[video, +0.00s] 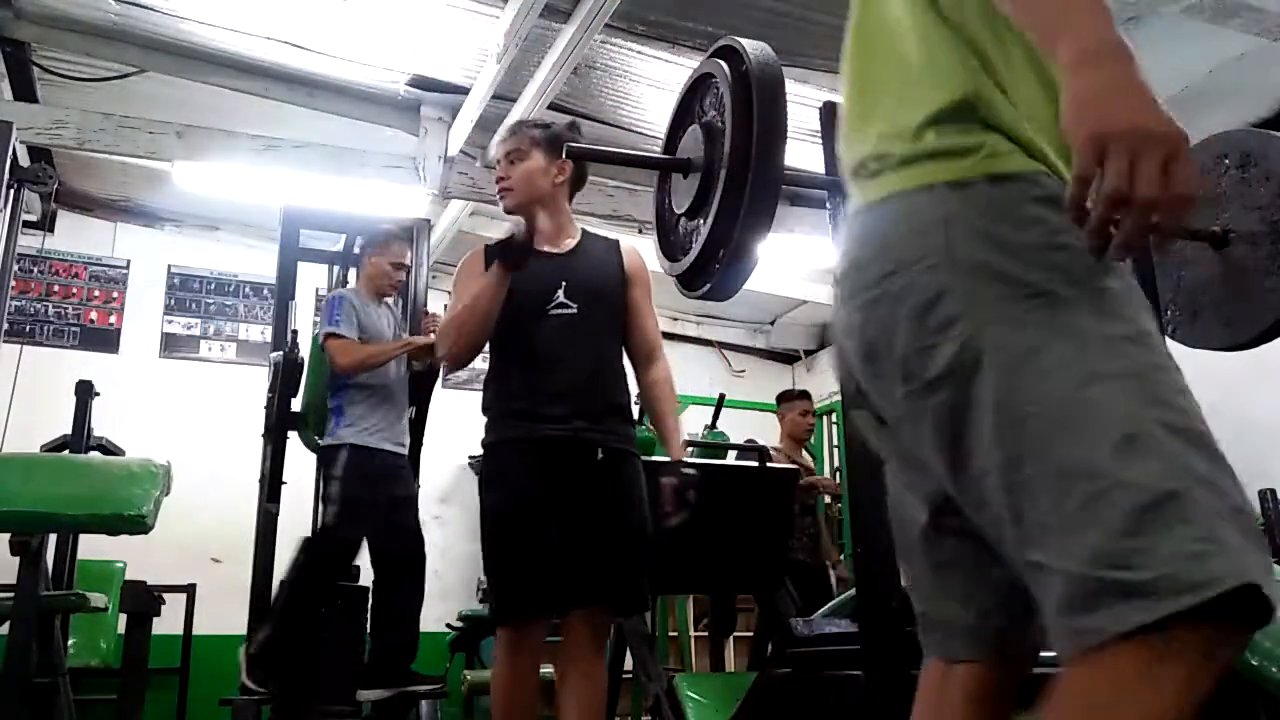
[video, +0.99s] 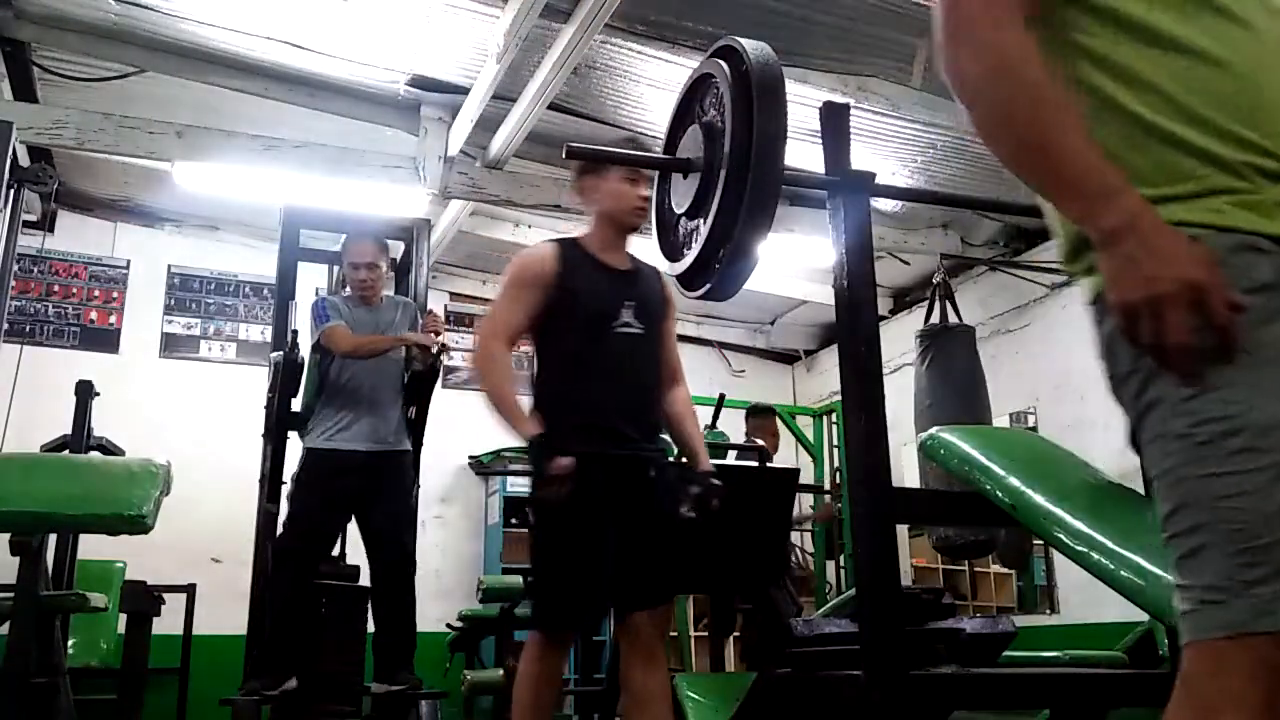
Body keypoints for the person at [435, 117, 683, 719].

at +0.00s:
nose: (499, 175)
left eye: (514, 159)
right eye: (496, 165)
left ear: (561, 170)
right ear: (500, 181)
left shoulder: (622, 259)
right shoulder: (486, 260)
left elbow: (651, 364)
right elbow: (452, 351)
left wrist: (675, 457)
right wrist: (502, 268)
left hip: (604, 459)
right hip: (517, 460)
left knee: (589, 631)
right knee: (519, 634)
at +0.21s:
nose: (484, 178)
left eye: (499, 163)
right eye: (483, 167)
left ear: (546, 173)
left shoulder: (609, 259)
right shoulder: (474, 270)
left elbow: (640, 360)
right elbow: (423, 366)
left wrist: (646, 456)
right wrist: (481, 375)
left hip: (594, 466)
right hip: (509, 468)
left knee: (592, 628)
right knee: (514, 633)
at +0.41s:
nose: (474, 184)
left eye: (489, 169)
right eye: (472, 173)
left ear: (538, 177)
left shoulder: (602, 257)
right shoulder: (461, 272)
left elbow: (639, 354)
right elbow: (395, 360)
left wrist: (661, 448)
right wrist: (439, 443)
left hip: (601, 467)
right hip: (510, 471)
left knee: (635, 606)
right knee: (518, 635)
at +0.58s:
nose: (507, 183)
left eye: (524, 170)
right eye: (496, 173)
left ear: (560, 180)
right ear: (486, 183)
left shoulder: (605, 262)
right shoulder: (466, 274)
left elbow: (640, 360)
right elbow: (410, 366)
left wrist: (663, 457)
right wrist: (451, 448)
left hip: (604, 470)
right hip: (515, 474)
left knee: (642, 615)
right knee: (520, 637)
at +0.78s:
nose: (583, 184)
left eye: (592, 175)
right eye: (567, 171)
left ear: (601, 187)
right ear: (533, 180)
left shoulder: (624, 273)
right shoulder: (491, 270)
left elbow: (651, 370)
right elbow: (436, 364)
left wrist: (676, 459)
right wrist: (472, 450)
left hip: (616, 473)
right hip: (532, 475)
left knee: (645, 625)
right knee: (531, 639)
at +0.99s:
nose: (644, 192)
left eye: (646, 183)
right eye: (629, 179)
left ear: (645, 196)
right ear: (588, 187)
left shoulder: (656, 286)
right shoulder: (544, 264)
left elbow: (671, 384)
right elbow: (487, 349)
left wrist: (701, 464)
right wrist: (531, 435)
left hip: (643, 476)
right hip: (569, 474)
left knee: (647, 631)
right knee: (551, 636)